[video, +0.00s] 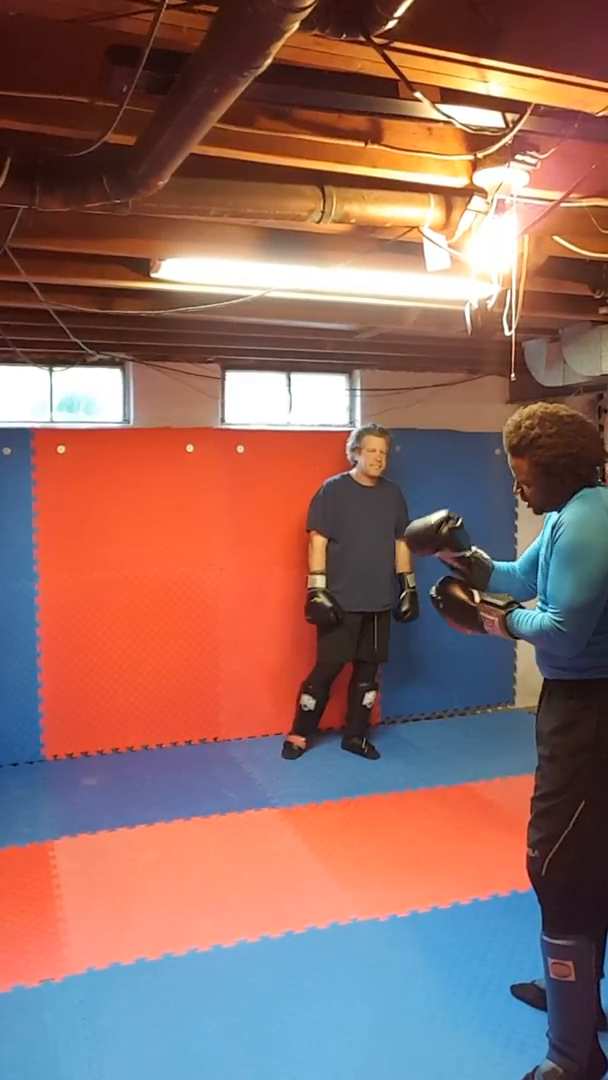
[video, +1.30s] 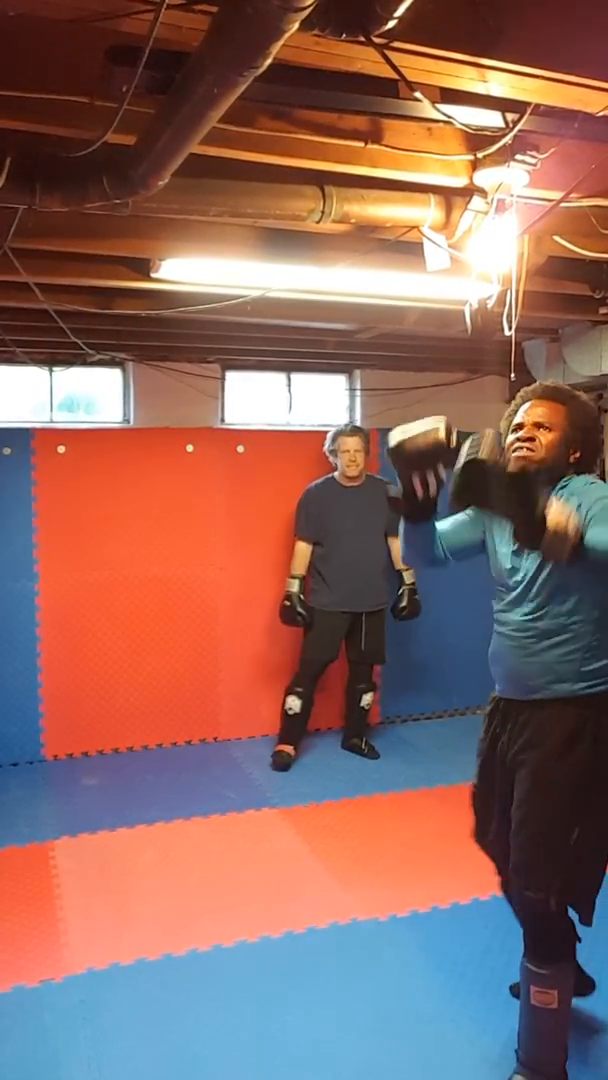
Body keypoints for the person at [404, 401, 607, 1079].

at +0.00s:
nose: (515, 482)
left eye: (521, 470)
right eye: (512, 470)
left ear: (555, 466)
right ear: (556, 466)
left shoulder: (584, 519)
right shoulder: (567, 514)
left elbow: (563, 624)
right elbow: (518, 580)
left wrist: (504, 616)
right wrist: (466, 557)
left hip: (584, 714)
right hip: (572, 705)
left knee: (563, 867)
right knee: (565, 854)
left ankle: (575, 1057)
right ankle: (575, 986)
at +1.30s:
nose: (520, 436)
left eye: (537, 427)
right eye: (516, 428)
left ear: (577, 442)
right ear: (508, 442)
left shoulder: (589, 494)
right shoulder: (499, 502)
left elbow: (597, 531)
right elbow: (423, 548)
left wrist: (568, 522)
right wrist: (419, 493)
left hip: (574, 710)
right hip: (510, 708)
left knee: (537, 880)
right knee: (497, 839)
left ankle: (542, 1065)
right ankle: (559, 965)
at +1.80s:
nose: (528, 432)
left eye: (543, 424)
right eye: (519, 424)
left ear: (572, 438)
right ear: (505, 439)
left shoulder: (591, 499)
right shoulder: (489, 491)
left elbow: (588, 455)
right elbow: (412, 487)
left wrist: (547, 371)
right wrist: (429, 421)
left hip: (563, 720)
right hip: (482, 711)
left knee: (541, 892)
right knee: (448, 843)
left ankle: (543, 1059)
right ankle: (476, 974)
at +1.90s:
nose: (530, 427)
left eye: (545, 420)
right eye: (521, 419)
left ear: (573, 436)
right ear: (506, 435)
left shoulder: (590, 499)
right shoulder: (490, 490)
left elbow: (594, 458)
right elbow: (413, 480)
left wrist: (547, 375)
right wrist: (430, 411)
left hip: (562, 721)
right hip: (480, 712)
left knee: (542, 900)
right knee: (445, 847)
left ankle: (543, 1063)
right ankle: (475, 975)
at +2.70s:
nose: (525, 431)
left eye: (539, 422)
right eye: (516, 422)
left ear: (573, 435)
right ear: (504, 435)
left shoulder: (592, 501)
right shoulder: (491, 489)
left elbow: (596, 466)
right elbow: (416, 477)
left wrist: (540, 386)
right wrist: (431, 411)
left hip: (562, 724)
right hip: (479, 713)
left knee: (544, 901)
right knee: (439, 845)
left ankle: (542, 1065)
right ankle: (473, 974)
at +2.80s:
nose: (523, 431)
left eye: (538, 423)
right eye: (515, 422)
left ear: (570, 436)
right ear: (504, 434)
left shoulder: (590, 500)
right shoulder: (492, 489)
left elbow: (597, 469)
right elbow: (416, 477)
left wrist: (540, 392)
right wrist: (431, 412)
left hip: (562, 724)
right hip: (479, 713)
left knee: (543, 900)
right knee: (439, 846)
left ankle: (542, 1064)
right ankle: (473, 974)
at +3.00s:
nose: (510, 428)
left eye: (525, 421)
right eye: (507, 417)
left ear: (562, 435)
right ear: (502, 429)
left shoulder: (588, 501)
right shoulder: (487, 489)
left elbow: (604, 483)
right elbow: (403, 482)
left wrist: (558, 391)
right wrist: (419, 405)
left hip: (561, 724)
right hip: (479, 713)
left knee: (543, 905)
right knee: (440, 847)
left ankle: (543, 1066)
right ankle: (473, 974)